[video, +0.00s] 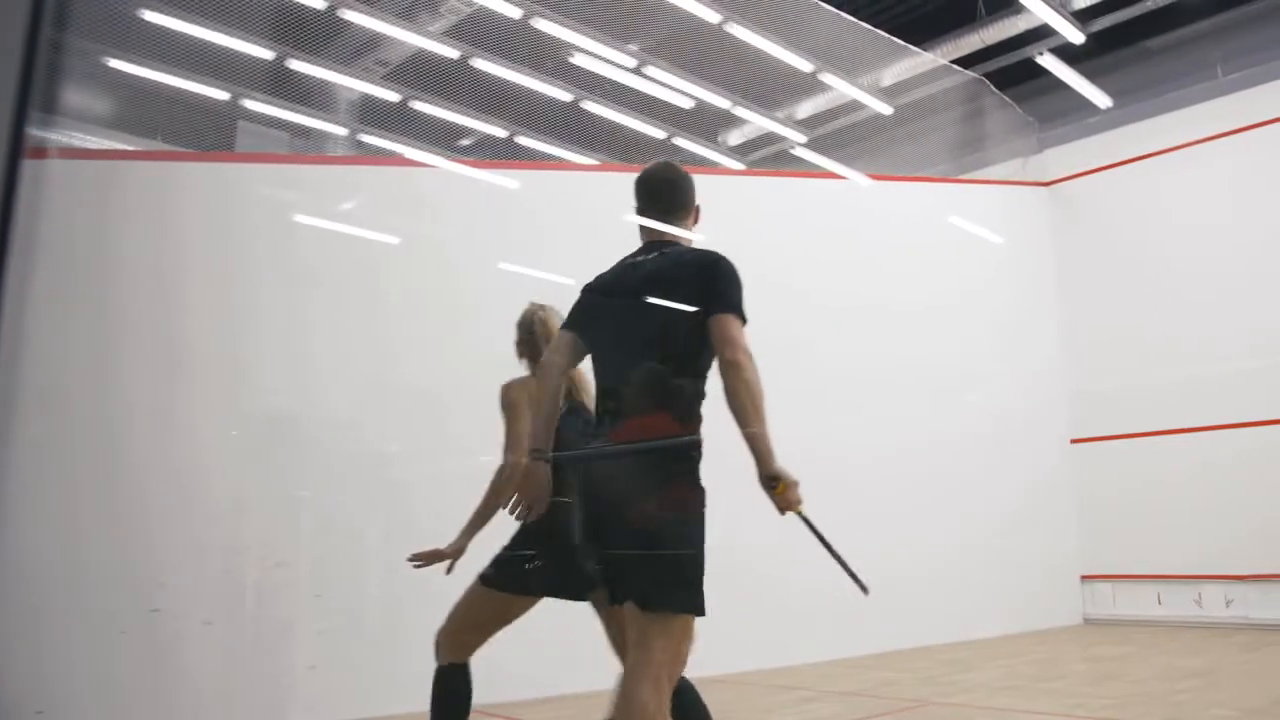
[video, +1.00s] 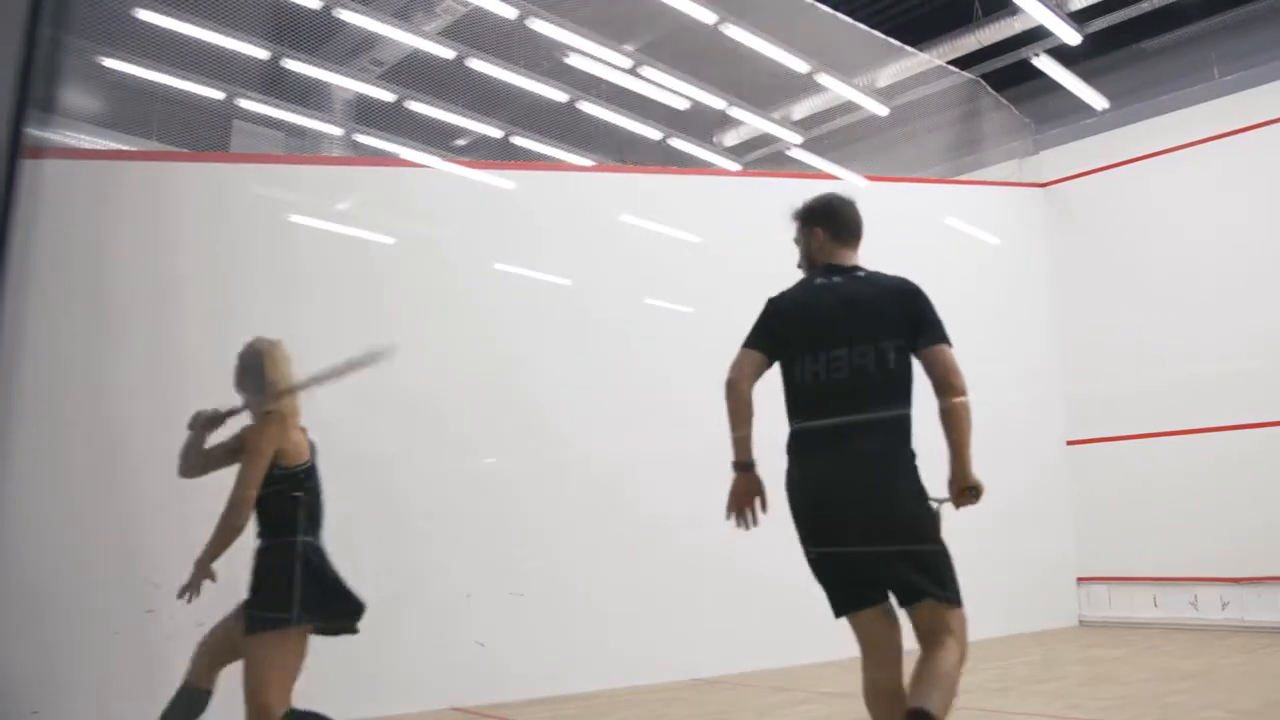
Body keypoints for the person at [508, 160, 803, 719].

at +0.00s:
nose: (694, 217)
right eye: (695, 211)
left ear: (638, 216)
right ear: (694, 214)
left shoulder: (602, 285)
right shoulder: (710, 270)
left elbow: (552, 367)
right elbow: (734, 360)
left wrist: (537, 457)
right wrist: (768, 464)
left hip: (603, 473)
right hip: (665, 473)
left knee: (651, 648)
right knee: (660, 653)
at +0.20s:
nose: (735, 220)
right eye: (734, 213)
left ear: (677, 218)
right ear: (732, 216)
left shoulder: (644, 286)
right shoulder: (753, 273)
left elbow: (587, 358)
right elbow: (790, 373)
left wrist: (557, 449)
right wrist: (818, 469)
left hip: (643, 477)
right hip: (706, 479)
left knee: (744, 626)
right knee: (674, 667)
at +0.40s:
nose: (711, 234)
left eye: (709, 227)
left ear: (712, 230)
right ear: (768, 229)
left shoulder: (686, 299)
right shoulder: (793, 281)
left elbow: (624, 369)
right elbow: (837, 384)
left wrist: (586, 454)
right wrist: (859, 468)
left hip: (696, 494)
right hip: (757, 496)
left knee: (796, 646)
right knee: (709, 669)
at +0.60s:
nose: (740, 247)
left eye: (739, 240)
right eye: (743, 240)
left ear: (746, 243)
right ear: (800, 241)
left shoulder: (725, 314)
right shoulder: (833, 290)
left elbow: (667, 387)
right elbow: (879, 390)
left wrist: (632, 470)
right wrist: (893, 468)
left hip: (748, 498)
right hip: (809, 495)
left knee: (846, 644)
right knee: (796, 672)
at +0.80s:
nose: (772, 255)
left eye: (772, 246)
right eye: (772, 247)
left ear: (781, 244)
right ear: (830, 243)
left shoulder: (759, 315)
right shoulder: (872, 294)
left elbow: (707, 393)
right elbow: (919, 391)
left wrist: (693, 483)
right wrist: (928, 470)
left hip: (786, 495)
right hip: (855, 488)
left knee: (870, 657)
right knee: (905, 665)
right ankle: (826, 713)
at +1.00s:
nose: (797, 252)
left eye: (798, 240)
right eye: (797, 241)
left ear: (815, 238)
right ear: (856, 241)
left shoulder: (786, 308)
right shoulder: (900, 295)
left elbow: (738, 381)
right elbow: (951, 386)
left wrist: (743, 468)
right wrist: (962, 470)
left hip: (816, 493)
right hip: (888, 484)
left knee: (878, 644)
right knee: (943, 634)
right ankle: (920, 712)